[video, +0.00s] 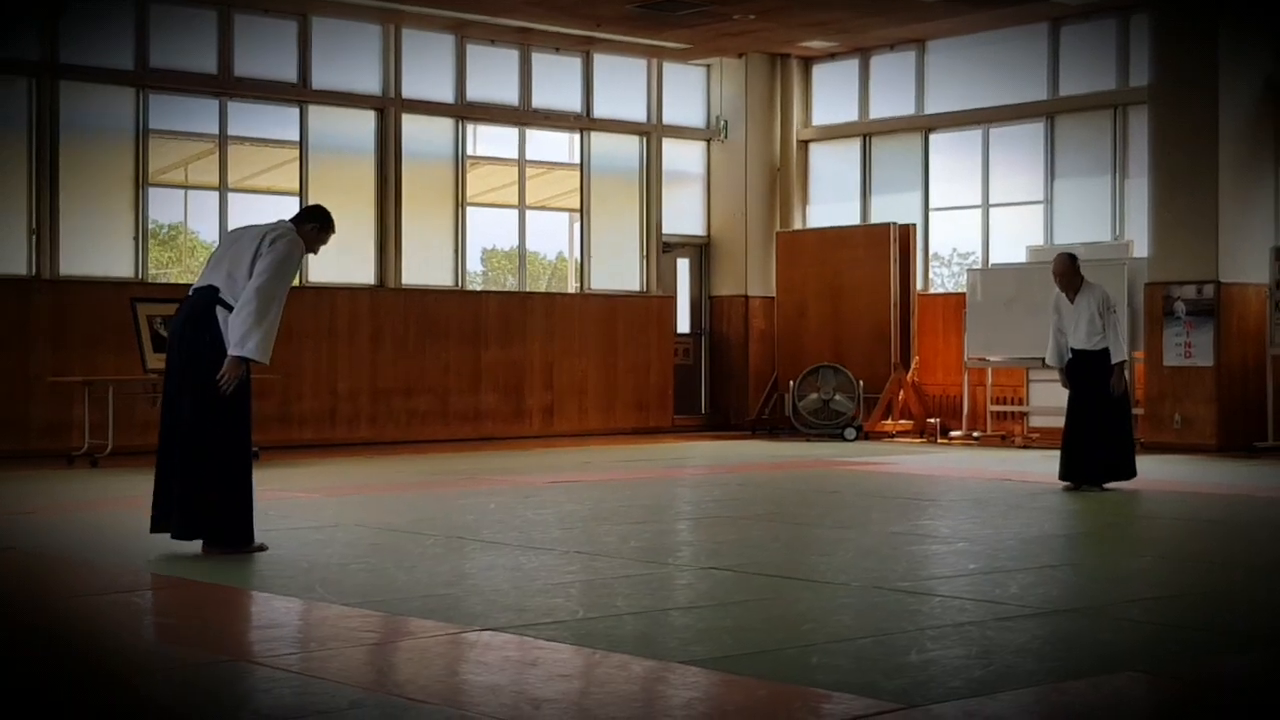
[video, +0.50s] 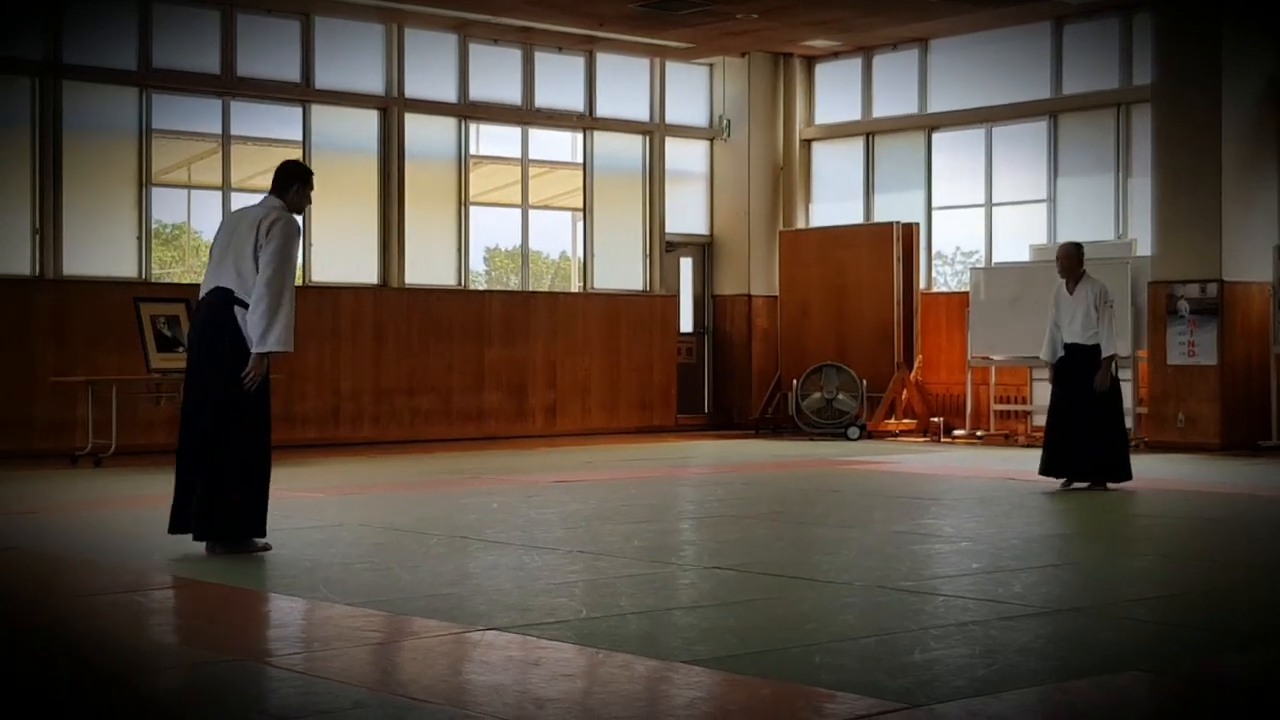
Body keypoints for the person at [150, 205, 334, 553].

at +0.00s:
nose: (317, 250)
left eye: (322, 245)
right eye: (321, 242)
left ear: (299, 220)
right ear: (312, 228)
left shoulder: (246, 234)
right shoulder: (288, 240)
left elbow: (213, 282)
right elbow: (259, 291)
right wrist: (239, 352)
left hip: (191, 324)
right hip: (218, 329)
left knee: (203, 429)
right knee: (228, 433)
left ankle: (210, 529)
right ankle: (227, 536)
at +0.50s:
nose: (310, 201)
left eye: (310, 193)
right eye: (308, 192)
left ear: (275, 186)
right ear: (296, 189)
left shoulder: (236, 217)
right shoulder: (282, 221)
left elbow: (215, 275)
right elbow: (270, 283)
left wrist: (206, 328)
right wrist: (262, 346)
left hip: (208, 321)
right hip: (237, 324)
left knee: (214, 425)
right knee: (243, 427)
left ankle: (213, 526)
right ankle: (233, 531)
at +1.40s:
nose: (305, 182)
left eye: (303, 175)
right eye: (303, 175)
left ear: (268, 178)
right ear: (294, 178)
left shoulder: (243, 223)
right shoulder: (293, 221)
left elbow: (234, 284)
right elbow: (295, 287)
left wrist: (238, 333)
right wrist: (300, 346)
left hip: (247, 328)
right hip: (279, 329)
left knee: (252, 426)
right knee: (285, 427)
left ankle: (243, 527)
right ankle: (279, 526)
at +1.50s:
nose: (318, 183)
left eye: (316, 176)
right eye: (314, 177)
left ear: (282, 181)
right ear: (303, 180)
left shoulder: (257, 224)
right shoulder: (305, 223)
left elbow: (246, 285)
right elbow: (305, 289)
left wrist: (246, 336)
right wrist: (311, 347)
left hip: (258, 328)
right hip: (286, 329)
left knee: (306, 422)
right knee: (268, 427)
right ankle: (249, 529)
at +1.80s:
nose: (358, 192)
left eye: (356, 186)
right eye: (354, 187)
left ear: (324, 192)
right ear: (342, 191)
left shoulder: (300, 234)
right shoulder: (347, 231)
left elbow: (286, 293)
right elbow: (350, 294)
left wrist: (286, 343)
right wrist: (355, 352)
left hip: (302, 339)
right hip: (330, 341)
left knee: (339, 430)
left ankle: (350, 519)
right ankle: (251, 517)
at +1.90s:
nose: (372, 189)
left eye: (370, 183)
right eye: (368, 184)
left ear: (337, 189)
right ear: (357, 187)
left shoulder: (315, 231)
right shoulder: (363, 228)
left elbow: (303, 291)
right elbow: (367, 291)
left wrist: (305, 341)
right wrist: (374, 348)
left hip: (319, 334)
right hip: (349, 335)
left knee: (342, 429)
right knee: (346, 429)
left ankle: (355, 522)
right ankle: (276, 504)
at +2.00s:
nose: (384, 189)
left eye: (381, 182)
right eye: (382, 183)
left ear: (349, 187)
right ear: (374, 186)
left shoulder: (328, 229)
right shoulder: (376, 226)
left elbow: (318, 287)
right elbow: (383, 287)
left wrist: (321, 334)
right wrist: (392, 344)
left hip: (332, 329)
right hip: (365, 329)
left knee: (341, 419)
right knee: (383, 427)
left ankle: (353, 520)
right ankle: (322, 497)